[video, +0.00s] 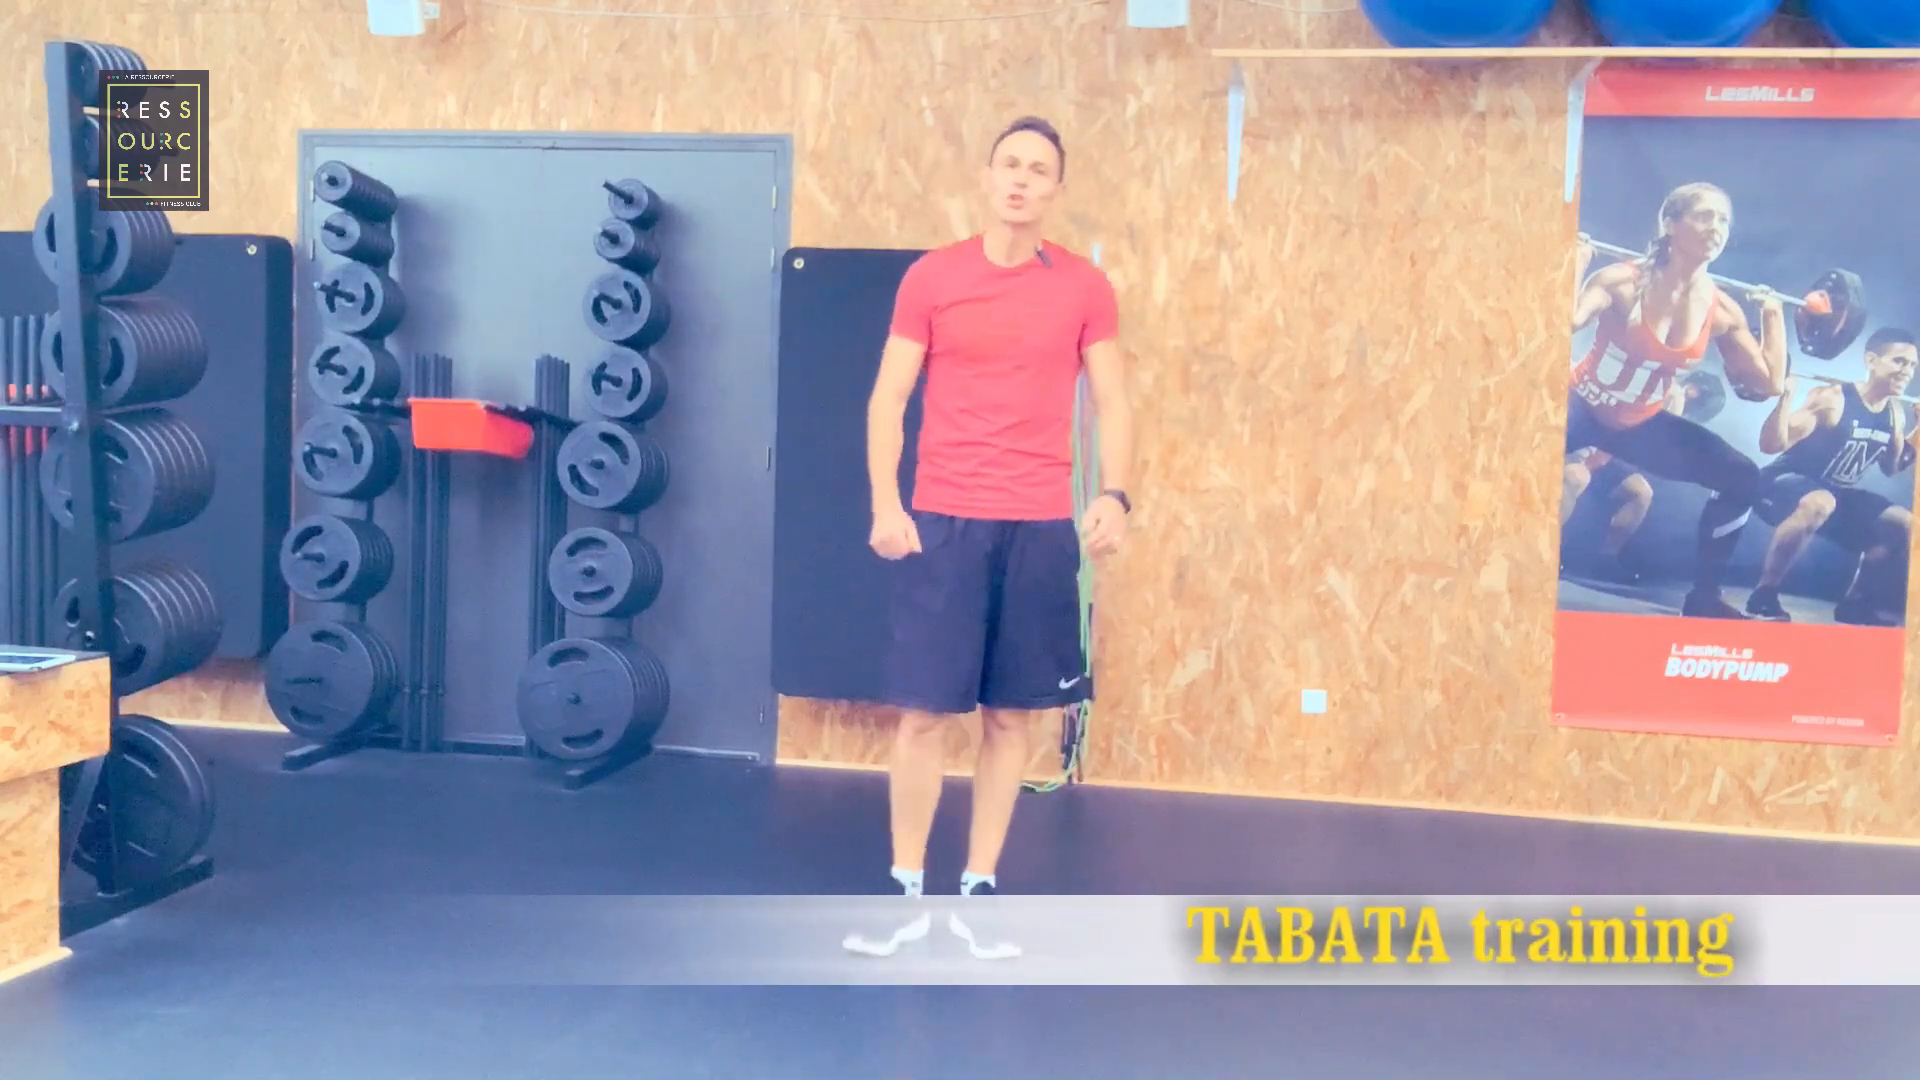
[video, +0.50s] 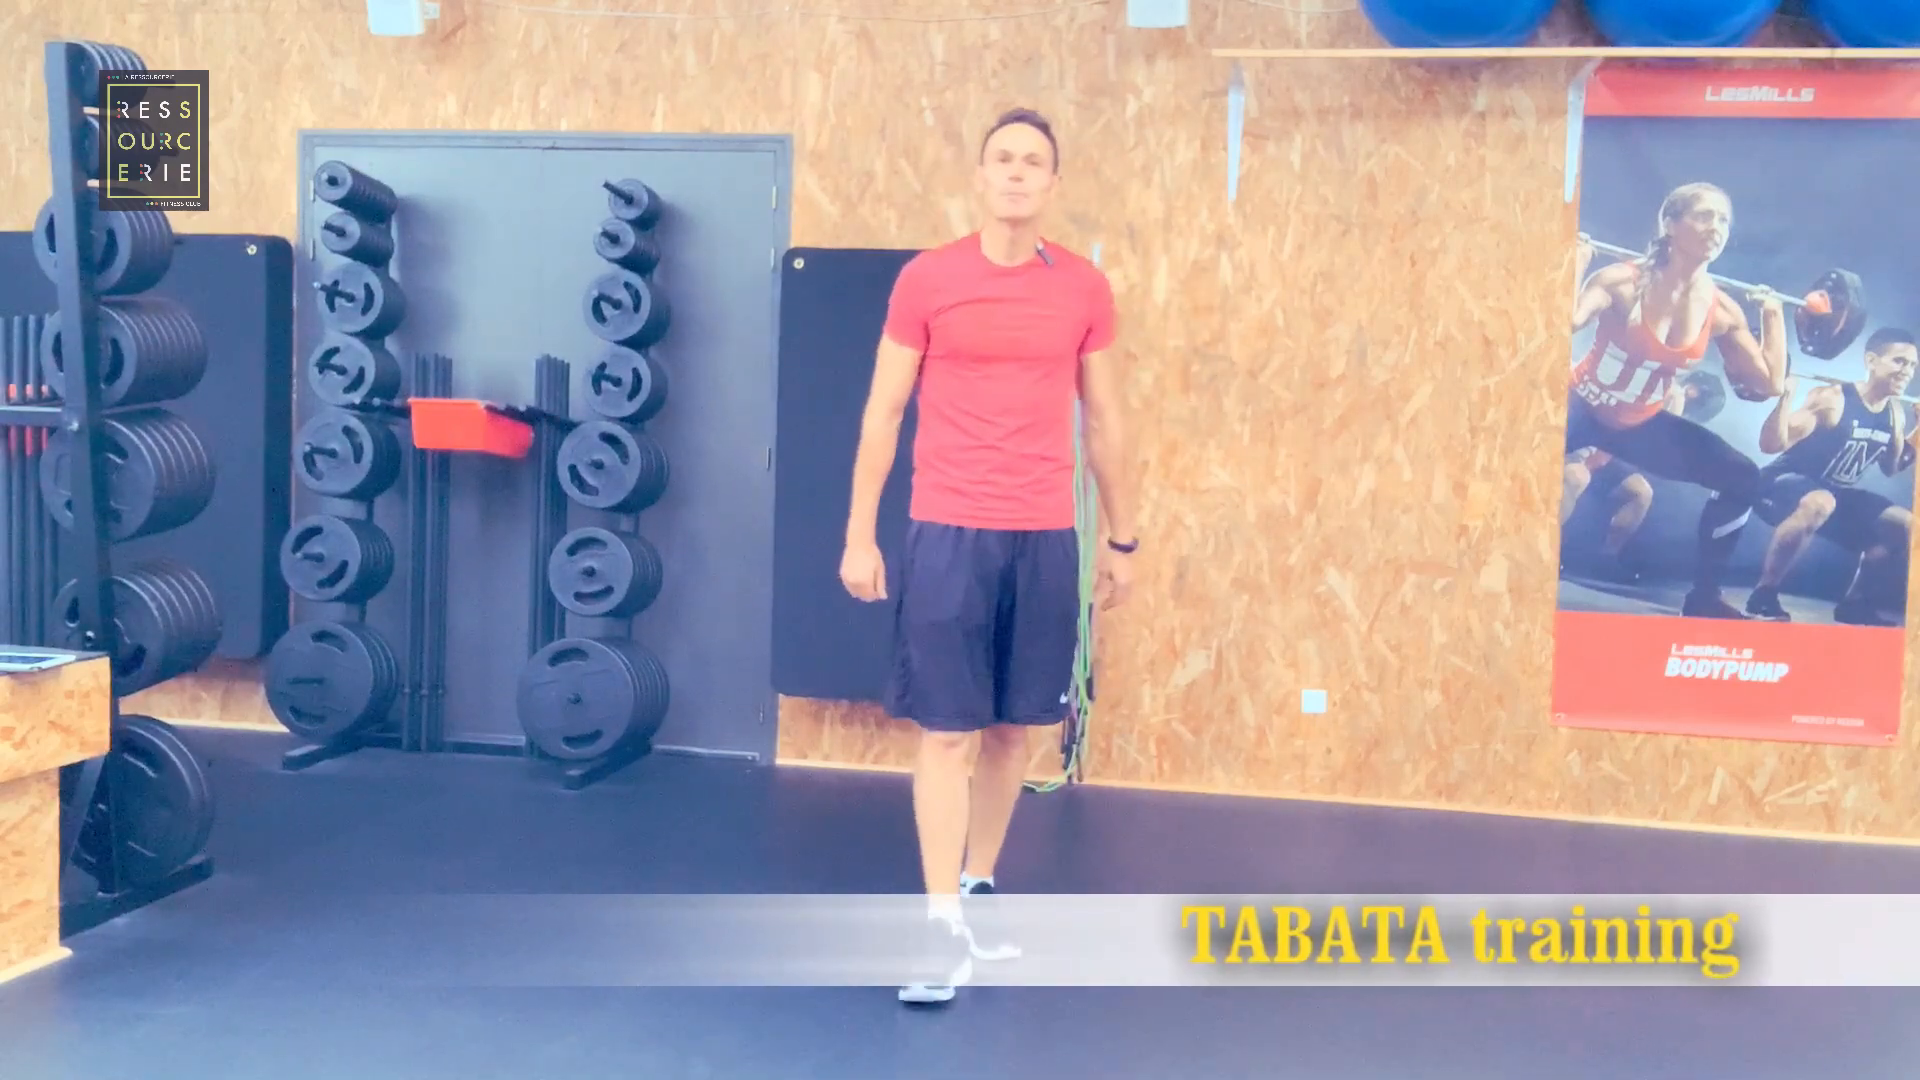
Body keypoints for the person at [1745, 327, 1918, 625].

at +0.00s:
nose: (1906, 371)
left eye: (1911, 365)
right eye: (1899, 361)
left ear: (1914, 371)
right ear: (1871, 361)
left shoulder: (1894, 412)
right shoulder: (1830, 398)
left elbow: (1892, 467)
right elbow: (1769, 444)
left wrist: (1912, 443)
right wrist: (1785, 395)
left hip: (1839, 495)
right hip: (1786, 481)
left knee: (1906, 525)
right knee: (1820, 502)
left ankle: (1854, 604)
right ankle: (1764, 596)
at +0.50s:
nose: (1906, 371)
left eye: (1911, 365)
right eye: (1899, 361)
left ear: (1914, 371)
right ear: (1871, 361)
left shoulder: (1894, 412)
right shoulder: (1831, 398)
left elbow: (1891, 467)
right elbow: (1769, 444)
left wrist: (1911, 443)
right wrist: (1786, 395)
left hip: (1839, 495)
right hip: (1785, 481)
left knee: (1906, 526)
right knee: (1821, 502)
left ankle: (1854, 604)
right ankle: (1764, 595)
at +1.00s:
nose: (1906, 371)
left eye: (1911, 365)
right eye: (1899, 361)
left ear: (1914, 371)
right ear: (1871, 361)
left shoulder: (1894, 412)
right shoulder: (1831, 398)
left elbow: (1892, 467)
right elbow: (1769, 444)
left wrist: (1911, 443)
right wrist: (1786, 395)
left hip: (1839, 495)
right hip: (1785, 481)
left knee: (1906, 525)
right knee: (1821, 502)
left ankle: (1855, 604)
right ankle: (1764, 595)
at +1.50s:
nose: (1906, 371)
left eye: (1911, 365)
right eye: (1899, 361)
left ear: (1914, 371)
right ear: (1871, 361)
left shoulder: (1894, 412)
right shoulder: (1830, 398)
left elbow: (1892, 467)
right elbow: (1769, 444)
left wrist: (1912, 442)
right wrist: (1785, 395)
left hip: (1839, 495)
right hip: (1785, 482)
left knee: (1905, 525)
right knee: (1821, 502)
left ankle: (1855, 605)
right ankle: (1764, 596)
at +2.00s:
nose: (1906, 371)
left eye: (1911, 365)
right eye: (1899, 361)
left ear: (1914, 371)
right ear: (1871, 361)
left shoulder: (1893, 412)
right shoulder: (1831, 398)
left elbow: (1891, 467)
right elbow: (1769, 444)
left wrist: (1910, 446)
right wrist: (1785, 396)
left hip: (1839, 495)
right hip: (1785, 482)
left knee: (1905, 524)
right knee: (1821, 502)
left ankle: (1854, 604)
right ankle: (1763, 596)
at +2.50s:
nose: (1906, 371)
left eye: (1911, 365)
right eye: (1899, 361)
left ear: (1914, 371)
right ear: (1871, 361)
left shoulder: (1894, 412)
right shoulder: (1830, 398)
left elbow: (1892, 467)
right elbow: (1769, 444)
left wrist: (1912, 443)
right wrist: (1785, 396)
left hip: (1839, 495)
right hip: (1785, 482)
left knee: (1904, 524)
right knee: (1821, 502)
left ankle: (1854, 605)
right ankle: (1763, 596)